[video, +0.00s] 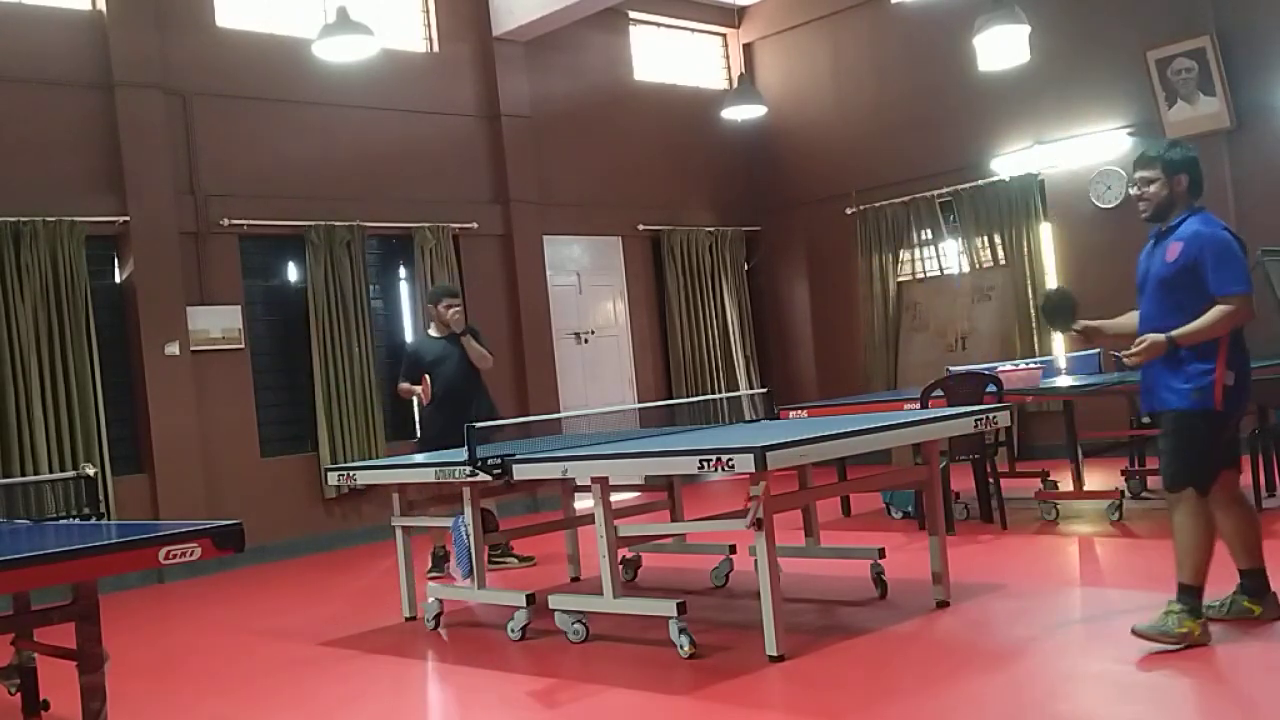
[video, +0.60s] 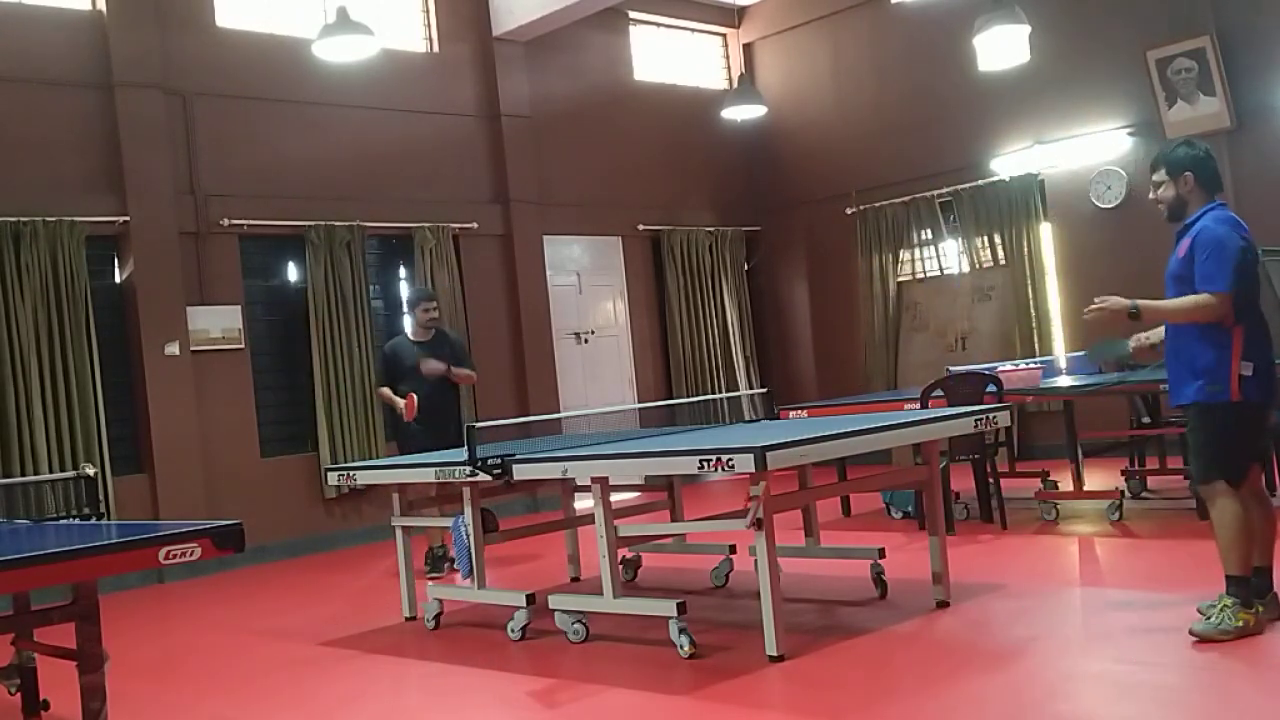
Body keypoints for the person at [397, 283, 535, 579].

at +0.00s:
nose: (456, 312)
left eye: (458, 307)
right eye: (449, 307)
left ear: (463, 309)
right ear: (433, 310)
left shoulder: (469, 335)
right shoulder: (418, 347)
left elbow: (486, 363)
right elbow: (402, 386)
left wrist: (461, 333)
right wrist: (417, 391)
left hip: (476, 424)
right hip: (438, 430)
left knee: (485, 486)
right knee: (440, 493)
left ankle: (495, 546)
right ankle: (440, 552)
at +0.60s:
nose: (433, 315)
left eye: (435, 309)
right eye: (427, 311)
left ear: (439, 310)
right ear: (411, 313)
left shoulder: (449, 341)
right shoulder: (393, 349)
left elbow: (471, 376)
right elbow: (381, 387)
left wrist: (445, 369)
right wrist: (396, 402)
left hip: (449, 428)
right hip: (414, 432)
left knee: (451, 492)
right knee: (424, 493)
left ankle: (450, 548)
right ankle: (435, 548)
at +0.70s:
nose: (434, 315)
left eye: (436, 309)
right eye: (427, 311)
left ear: (440, 311)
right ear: (413, 314)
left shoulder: (452, 344)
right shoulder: (394, 348)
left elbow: (471, 379)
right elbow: (382, 384)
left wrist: (456, 391)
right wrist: (393, 399)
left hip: (446, 429)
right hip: (412, 432)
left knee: (450, 490)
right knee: (421, 492)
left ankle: (448, 547)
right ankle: (432, 547)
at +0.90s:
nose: (430, 315)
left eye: (433, 309)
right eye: (423, 310)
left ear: (437, 311)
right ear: (408, 314)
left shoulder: (451, 346)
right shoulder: (391, 349)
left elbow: (466, 380)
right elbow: (374, 384)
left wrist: (462, 406)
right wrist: (386, 399)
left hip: (440, 436)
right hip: (402, 438)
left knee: (437, 495)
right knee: (402, 499)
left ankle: (435, 550)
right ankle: (402, 559)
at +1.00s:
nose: (423, 314)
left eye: (426, 309)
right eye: (417, 310)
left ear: (431, 312)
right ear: (402, 315)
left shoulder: (445, 344)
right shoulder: (387, 350)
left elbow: (459, 379)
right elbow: (369, 387)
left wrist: (458, 407)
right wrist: (383, 398)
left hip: (439, 435)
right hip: (402, 438)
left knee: (440, 494)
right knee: (398, 499)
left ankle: (435, 549)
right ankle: (391, 561)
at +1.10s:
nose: (415, 315)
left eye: (418, 310)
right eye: (408, 311)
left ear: (422, 312)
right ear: (393, 316)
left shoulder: (435, 344)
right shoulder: (380, 354)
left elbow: (451, 380)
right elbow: (363, 393)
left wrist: (454, 406)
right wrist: (380, 399)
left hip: (437, 435)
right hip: (400, 439)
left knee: (442, 493)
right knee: (394, 500)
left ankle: (438, 547)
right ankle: (389, 562)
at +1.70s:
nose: (441, 313)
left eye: (444, 308)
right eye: (434, 310)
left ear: (451, 311)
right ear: (423, 315)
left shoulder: (470, 342)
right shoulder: (411, 354)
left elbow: (495, 370)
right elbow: (403, 393)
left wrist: (494, 401)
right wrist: (420, 406)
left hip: (473, 434)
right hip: (430, 440)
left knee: (495, 489)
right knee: (408, 499)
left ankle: (506, 548)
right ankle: (394, 561)